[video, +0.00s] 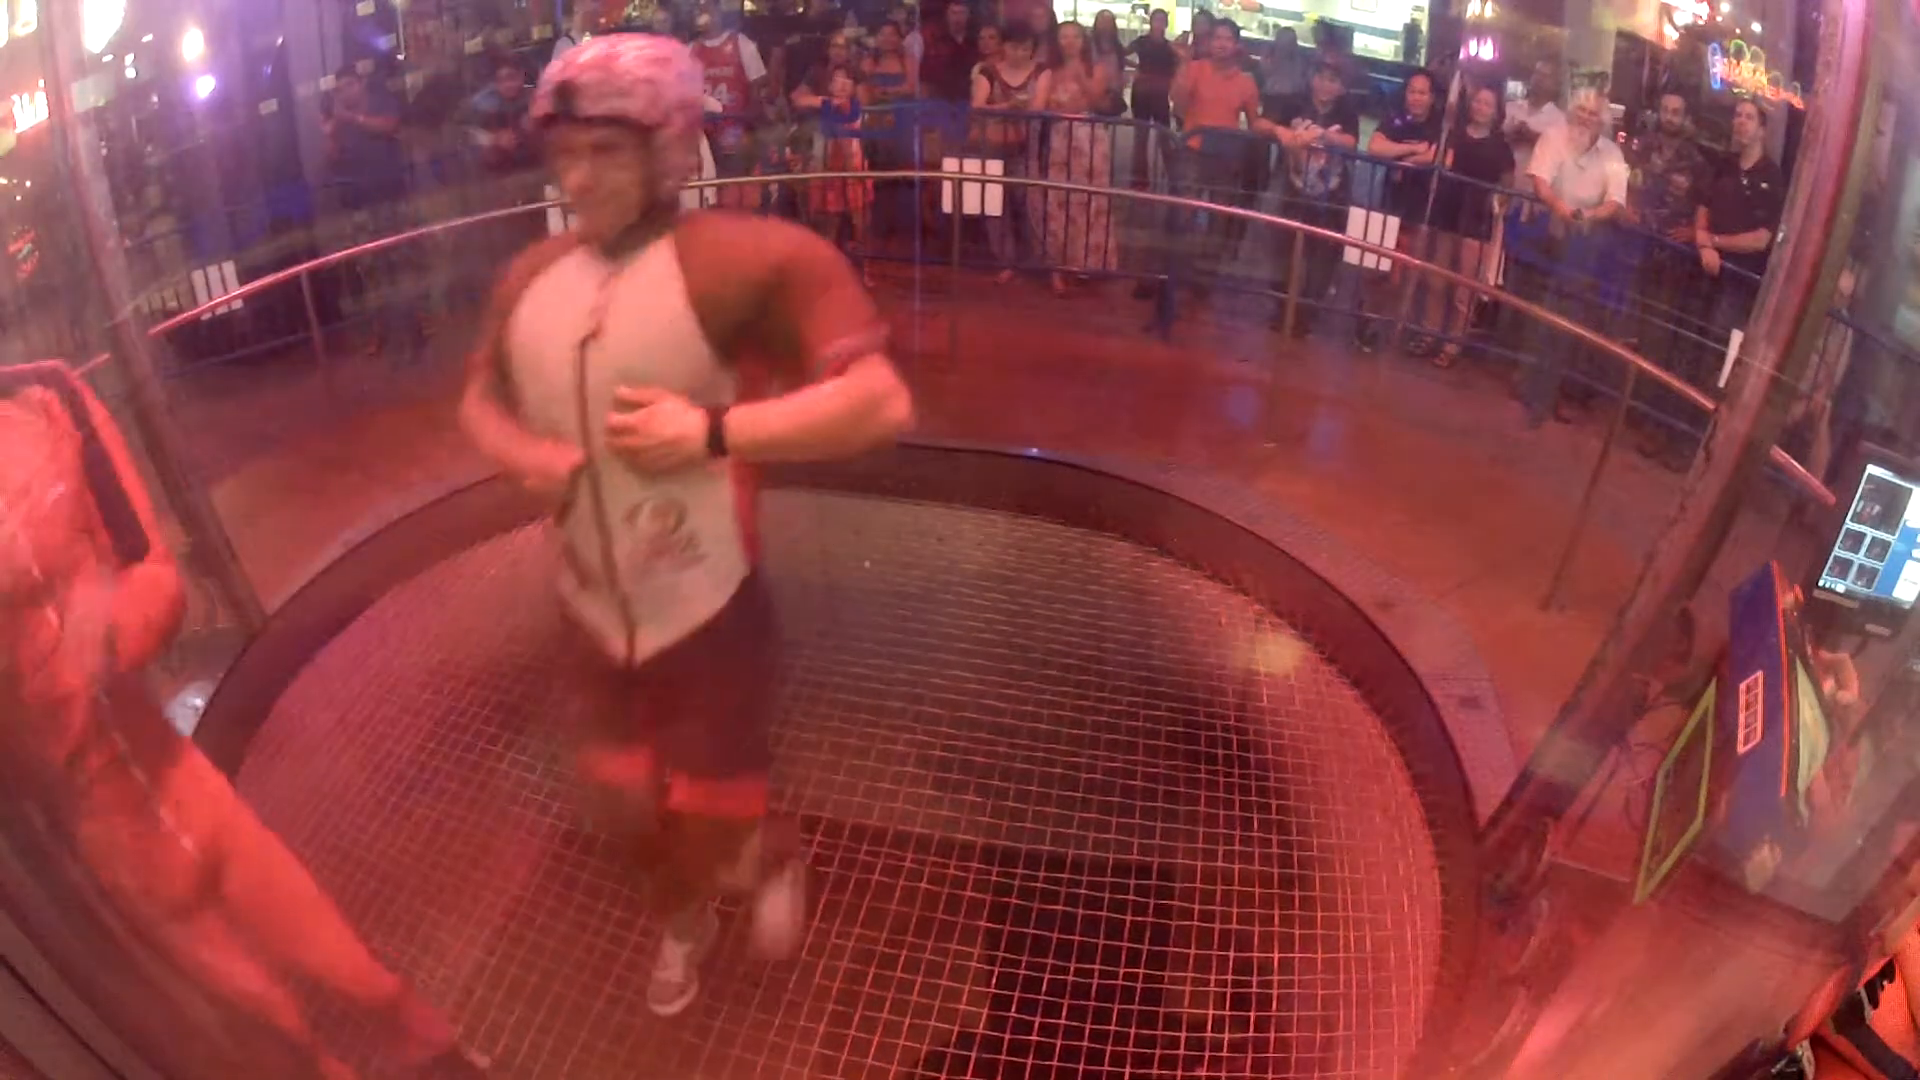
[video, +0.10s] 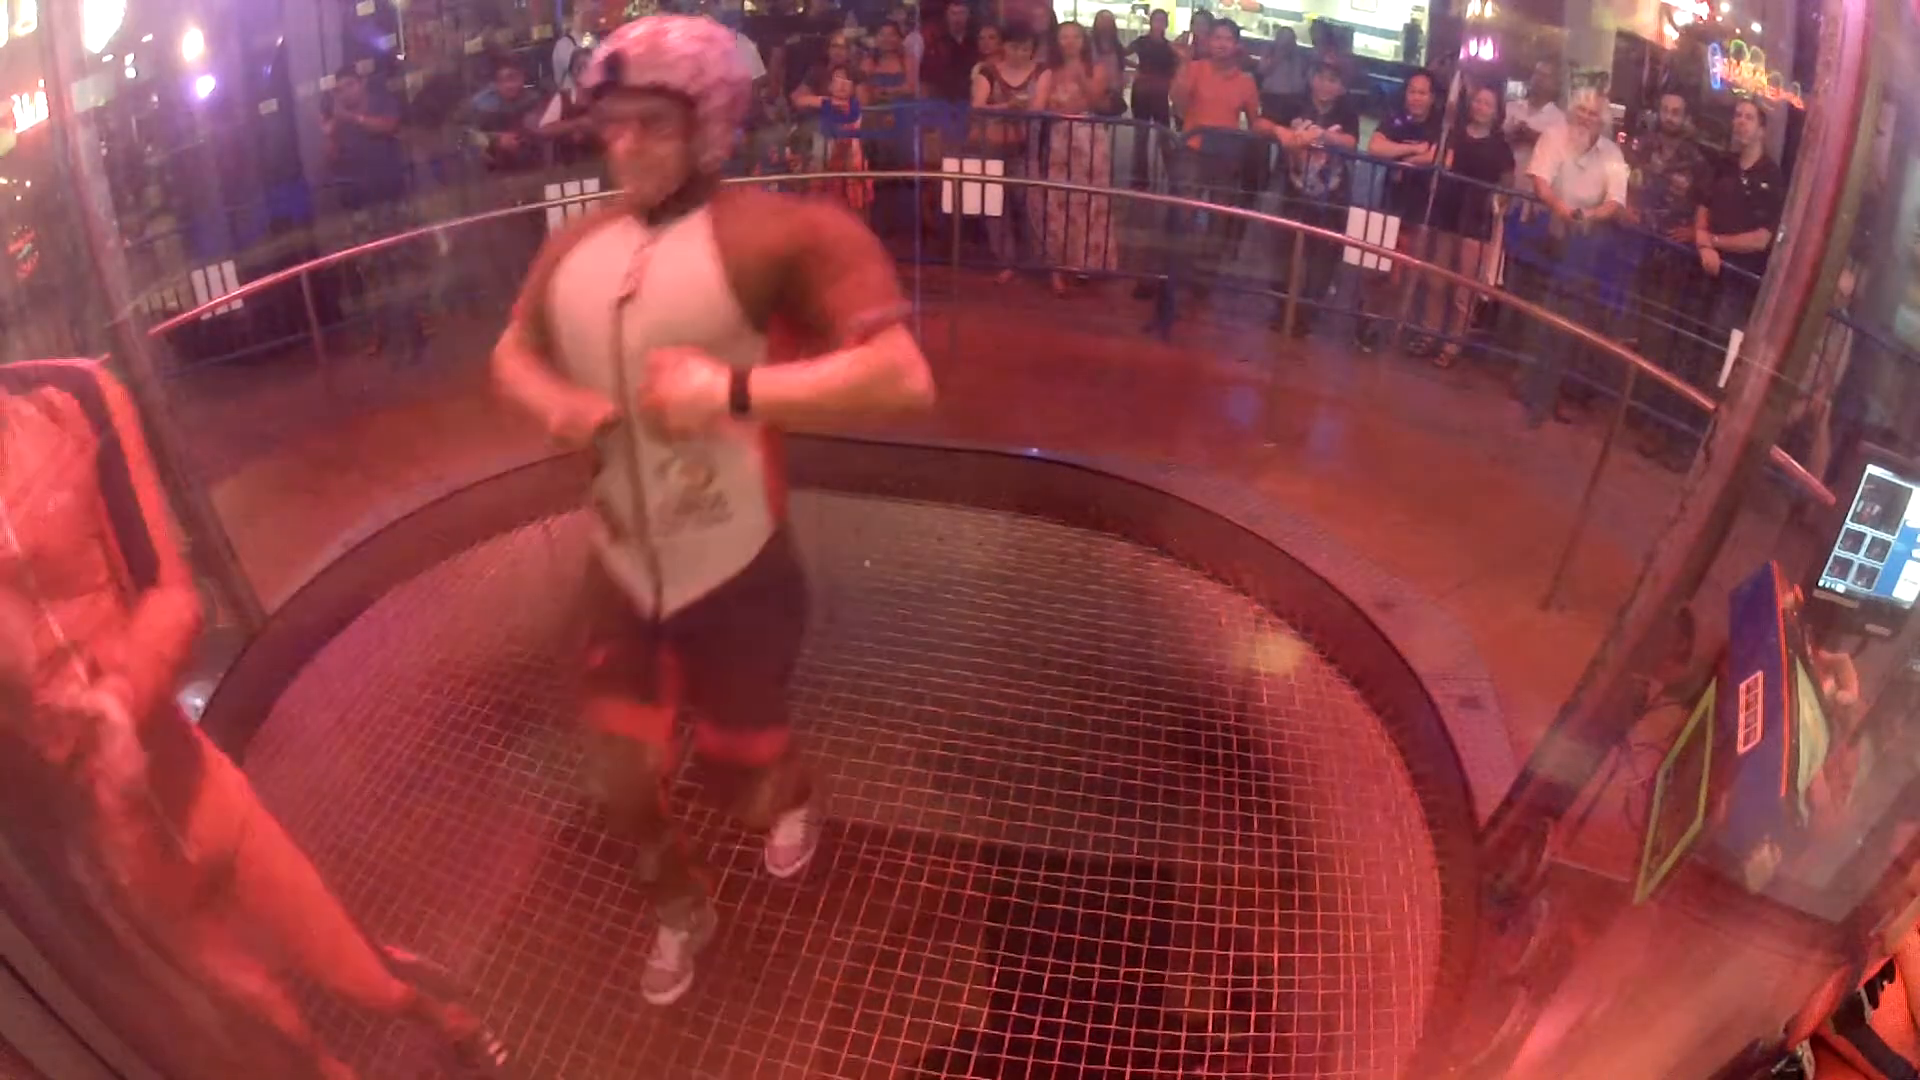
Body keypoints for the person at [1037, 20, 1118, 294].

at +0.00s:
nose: (1068, 42)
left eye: (1073, 37)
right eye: (1064, 37)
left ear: (1083, 40)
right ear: (1057, 42)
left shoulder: (1094, 70)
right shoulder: (1050, 74)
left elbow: (1098, 101)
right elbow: (1037, 108)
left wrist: (1081, 76)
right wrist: (1062, 105)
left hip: (1087, 137)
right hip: (1058, 136)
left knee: (1085, 200)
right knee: (1058, 200)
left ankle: (1082, 264)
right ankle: (1057, 265)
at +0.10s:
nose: (1068, 42)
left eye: (1073, 37)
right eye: (1064, 38)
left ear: (1083, 40)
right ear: (1057, 42)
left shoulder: (1095, 70)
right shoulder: (1050, 74)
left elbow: (1097, 101)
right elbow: (1037, 108)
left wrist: (1081, 76)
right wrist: (1062, 106)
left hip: (1087, 137)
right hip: (1058, 136)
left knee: (1086, 200)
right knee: (1058, 200)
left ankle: (1082, 264)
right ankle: (1058, 265)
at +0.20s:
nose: (1068, 42)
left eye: (1073, 37)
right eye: (1064, 37)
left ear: (1084, 40)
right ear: (1057, 41)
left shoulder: (1095, 69)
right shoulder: (1051, 74)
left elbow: (1098, 101)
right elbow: (1039, 106)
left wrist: (1081, 75)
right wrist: (1061, 108)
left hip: (1087, 138)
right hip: (1059, 137)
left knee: (1086, 200)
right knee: (1058, 200)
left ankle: (1083, 263)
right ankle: (1057, 265)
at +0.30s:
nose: (1069, 42)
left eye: (1075, 37)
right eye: (1064, 37)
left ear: (1084, 41)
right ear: (1058, 41)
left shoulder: (1095, 70)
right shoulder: (1050, 75)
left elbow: (1100, 103)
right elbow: (1037, 108)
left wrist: (1084, 77)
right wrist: (1061, 110)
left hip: (1088, 139)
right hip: (1059, 138)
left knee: (1086, 200)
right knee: (1058, 200)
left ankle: (1084, 264)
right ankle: (1057, 266)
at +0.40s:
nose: (1069, 42)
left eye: (1075, 37)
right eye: (1065, 37)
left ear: (1085, 41)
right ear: (1058, 42)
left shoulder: (1095, 70)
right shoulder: (1051, 75)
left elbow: (1100, 102)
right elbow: (1038, 108)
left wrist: (1084, 75)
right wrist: (1060, 110)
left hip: (1088, 138)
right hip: (1059, 137)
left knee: (1086, 200)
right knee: (1058, 200)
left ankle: (1084, 263)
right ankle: (1057, 266)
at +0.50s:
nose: (1069, 42)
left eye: (1075, 37)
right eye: (1065, 38)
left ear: (1084, 41)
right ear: (1058, 42)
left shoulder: (1094, 70)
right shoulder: (1051, 74)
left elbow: (1099, 102)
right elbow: (1039, 107)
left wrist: (1085, 75)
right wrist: (1060, 109)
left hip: (1088, 137)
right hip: (1059, 136)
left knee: (1086, 200)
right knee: (1058, 200)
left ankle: (1083, 263)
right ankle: (1058, 265)